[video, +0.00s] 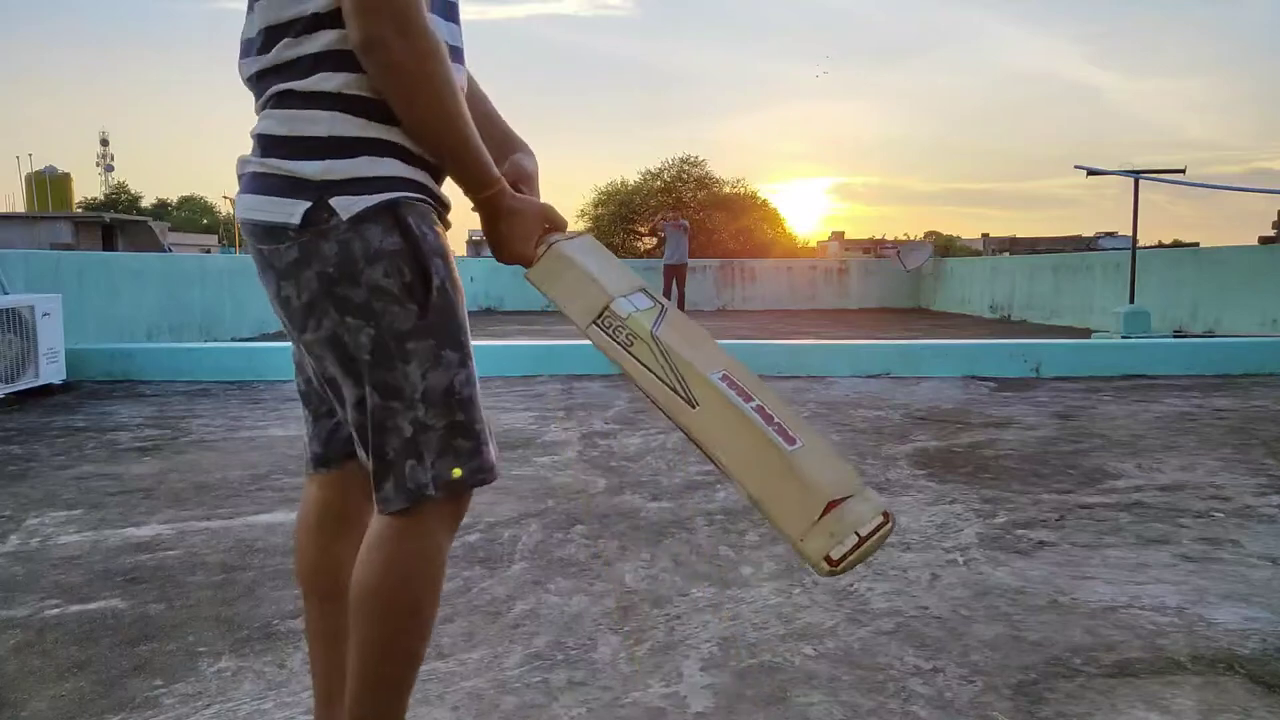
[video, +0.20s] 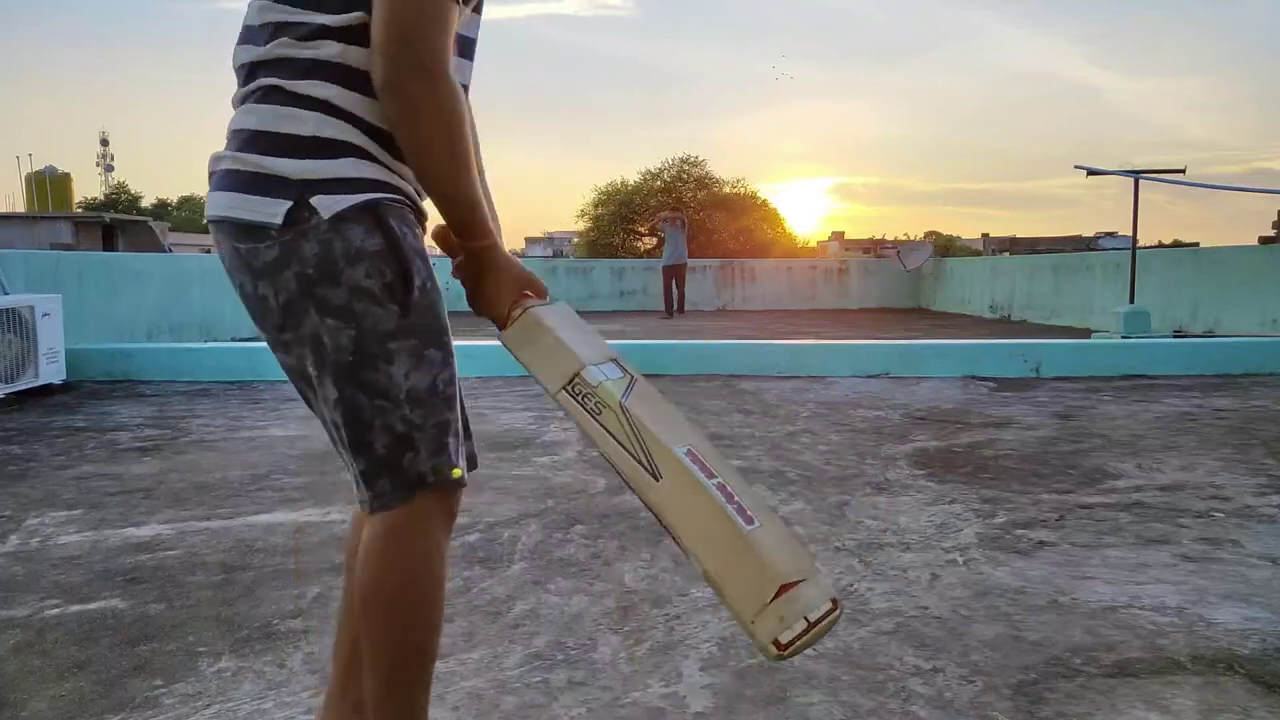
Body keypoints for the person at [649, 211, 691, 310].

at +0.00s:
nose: (674, 215)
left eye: (676, 212)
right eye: (672, 212)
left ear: (680, 213)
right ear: (669, 214)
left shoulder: (684, 224)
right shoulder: (667, 225)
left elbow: (685, 227)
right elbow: (652, 228)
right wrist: (658, 219)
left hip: (681, 260)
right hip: (668, 260)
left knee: (681, 290)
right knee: (666, 289)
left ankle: (681, 312)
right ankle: (664, 312)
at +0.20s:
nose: (671, 218)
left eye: (673, 215)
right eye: (669, 216)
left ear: (678, 216)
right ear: (667, 218)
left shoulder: (683, 226)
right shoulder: (665, 227)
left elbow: (683, 217)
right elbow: (651, 228)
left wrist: (666, 215)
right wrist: (659, 219)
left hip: (681, 258)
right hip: (668, 259)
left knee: (681, 288)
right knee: (667, 288)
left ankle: (681, 311)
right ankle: (669, 312)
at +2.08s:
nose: (695, 210)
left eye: (698, 208)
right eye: (693, 207)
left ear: (701, 210)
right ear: (689, 209)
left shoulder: (703, 224)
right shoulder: (682, 220)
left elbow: (708, 240)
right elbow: (671, 228)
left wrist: (710, 254)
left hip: (693, 258)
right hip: (679, 256)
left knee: (696, 286)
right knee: (677, 287)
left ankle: (701, 313)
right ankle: (676, 314)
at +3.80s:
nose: (692, 209)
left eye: (695, 206)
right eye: (690, 206)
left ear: (699, 208)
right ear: (687, 209)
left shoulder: (705, 222)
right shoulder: (683, 223)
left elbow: (710, 238)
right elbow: (681, 243)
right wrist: (677, 260)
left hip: (702, 262)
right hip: (688, 261)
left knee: (705, 291)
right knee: (686, 291)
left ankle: (709, 315)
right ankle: (682, 315)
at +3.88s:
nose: (691, 210)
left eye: (693, 207)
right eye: (689, 207)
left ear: (698, 209)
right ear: (685, 210)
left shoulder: (704, 222)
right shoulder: (683, 223)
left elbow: (712, 240)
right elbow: (678, 241)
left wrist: (719, 256)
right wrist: (672, 257)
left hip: (702, 262)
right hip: (688, 261)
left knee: (705, 291)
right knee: (686, 291)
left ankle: (709, 315)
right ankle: (682, 315)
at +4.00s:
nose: (691, 210)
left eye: (693, 207)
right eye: (689, 207)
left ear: (698, 209)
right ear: (686, 209)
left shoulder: (704, 222)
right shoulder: (683, 223)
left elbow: (713, 239)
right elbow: (675, 238)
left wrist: (719, 255)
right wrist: (666, 250)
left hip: (702, 262)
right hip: (688, 261)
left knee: (705, 291)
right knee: (686, 291)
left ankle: (709, 315)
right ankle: (682, 316)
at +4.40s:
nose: (692, 214)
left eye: (695, 211)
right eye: (690, 211)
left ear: (699, 212)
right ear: (687, 211)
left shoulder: (704, 225)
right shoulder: (683, 225)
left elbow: (707, 243)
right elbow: (681, 242)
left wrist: (708, 260)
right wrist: (679, 259)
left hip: (704, 262)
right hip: (689, 261)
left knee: (707, 292)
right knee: (687, 292)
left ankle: (710, 316)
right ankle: (682, 316)